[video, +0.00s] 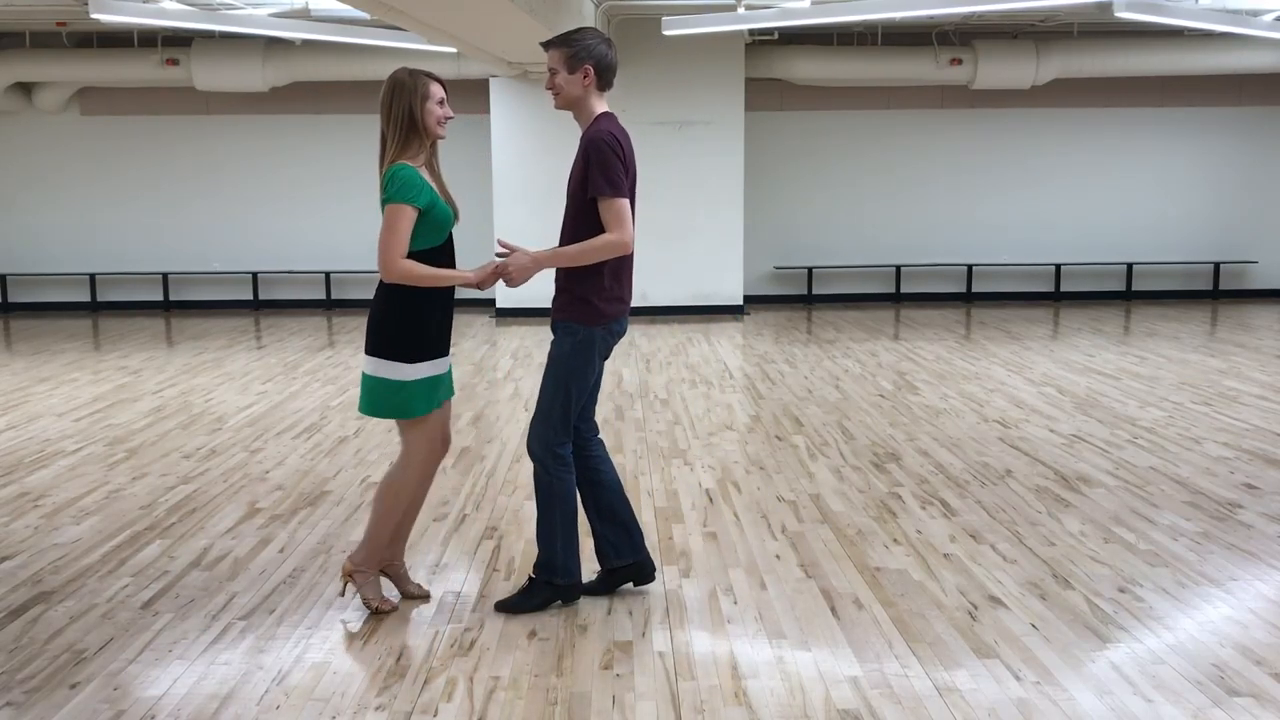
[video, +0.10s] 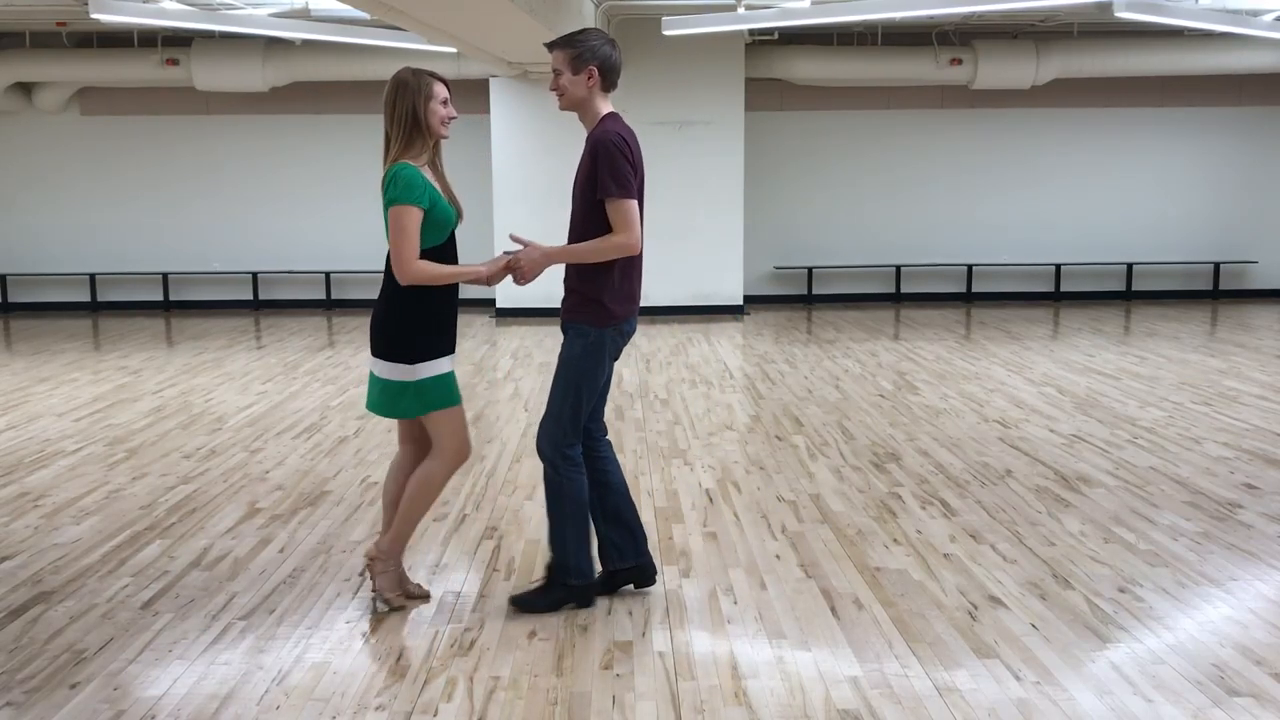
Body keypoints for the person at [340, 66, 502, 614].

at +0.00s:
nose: (448, 111)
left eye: (446, 103)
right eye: (438, 103)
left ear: (427, 111)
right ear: (413, 110)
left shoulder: (423, 173)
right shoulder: (406, 178)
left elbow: (417, 260)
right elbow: (391, 266)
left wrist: (470, 274)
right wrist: (465, 277)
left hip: (426, 332)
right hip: (405, 335)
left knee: (436, 442)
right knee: (421, 446)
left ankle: (392, 555)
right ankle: (364, 562)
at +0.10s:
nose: (452, 111)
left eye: (450, 102)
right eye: (442, 102)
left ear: (427, 110)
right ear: (415, 110)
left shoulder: (424, 174)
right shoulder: (408, 179)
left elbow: (425, 263)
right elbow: (406, 269)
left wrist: (482, 270)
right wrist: (477, 274)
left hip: (412, 335)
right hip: (415, 339)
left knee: (414, 447)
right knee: (452, 448)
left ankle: (388, 561)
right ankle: (385, 553)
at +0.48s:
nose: (475, 111)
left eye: (473, 102)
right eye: (465, 103)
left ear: (458, 112)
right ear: (439, 110)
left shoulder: (450, 174)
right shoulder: (431, 178)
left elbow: (466, 253)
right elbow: (448, 266)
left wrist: (522, 234)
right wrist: (519, 241)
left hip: (458, 325)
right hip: (448, 328)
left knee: (465, 445)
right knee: (473, 443)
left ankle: (403, 550)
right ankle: (455, 565)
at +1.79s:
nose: (450, 113)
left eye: (447, 104)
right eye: (439, 105)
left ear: (428, 113)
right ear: (412, 114)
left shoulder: (426, 176)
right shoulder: (403, 180)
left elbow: (435, 263)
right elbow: (405, 273)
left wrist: (486, 271)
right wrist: (478, 275)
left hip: (430, 332)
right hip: (421, 338)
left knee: (437, 446)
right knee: (465, 445)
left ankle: (411, 560)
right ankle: (405, 550)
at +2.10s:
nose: (432, 113)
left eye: (430, 104)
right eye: (422, 105)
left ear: (409, 114)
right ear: (396, 113)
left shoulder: (410, 177)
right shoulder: (388, 180)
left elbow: (410, 263)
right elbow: (369, 267)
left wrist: (460, 265)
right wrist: (443, 277)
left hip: (414, 334)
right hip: (386, 336)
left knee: (446, 442)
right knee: (382, 452)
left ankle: (410, 554)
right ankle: (337, 567)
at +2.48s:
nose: (436, 111)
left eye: (433, 102)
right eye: (426, 103)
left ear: (412, 111)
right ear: (400, 113)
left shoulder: (408, 175)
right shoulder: (395, 178)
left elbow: (429, 261)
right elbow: (417, 268)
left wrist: (487, 245)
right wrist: (489, 255)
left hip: (395, 335)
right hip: (404, 339)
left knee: (409, 446)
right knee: (443, 446)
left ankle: (372, 557)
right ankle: (376, 555)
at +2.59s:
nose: (442, 111)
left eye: (439, 102)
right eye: (431, 103)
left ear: (409, 113)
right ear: (405, 112)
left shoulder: (409, 174)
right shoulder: (403, 177)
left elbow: (437, 246)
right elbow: (440, 263)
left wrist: (493, 229)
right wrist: (510, 244)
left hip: (398, 330)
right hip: (412, 334)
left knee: (415, 444)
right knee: (460, 440)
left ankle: (374, 556)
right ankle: (420, 557)